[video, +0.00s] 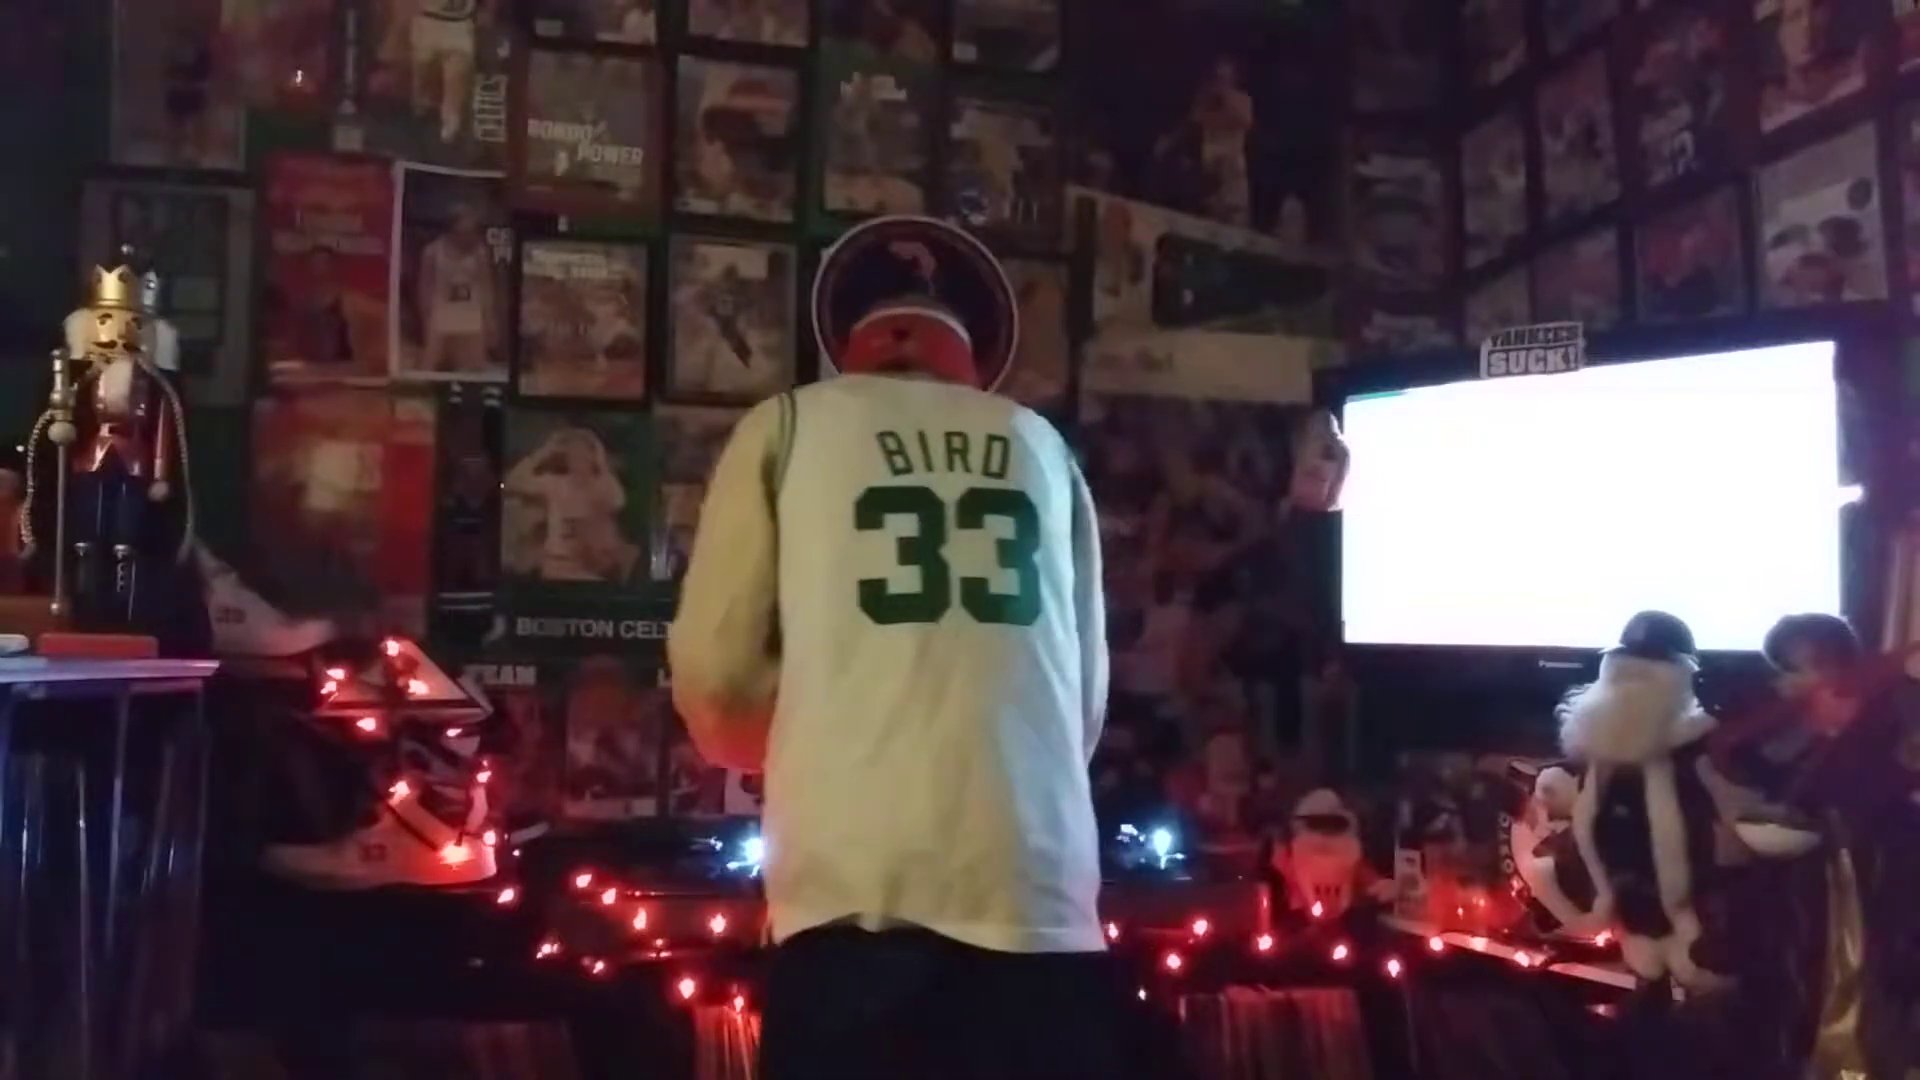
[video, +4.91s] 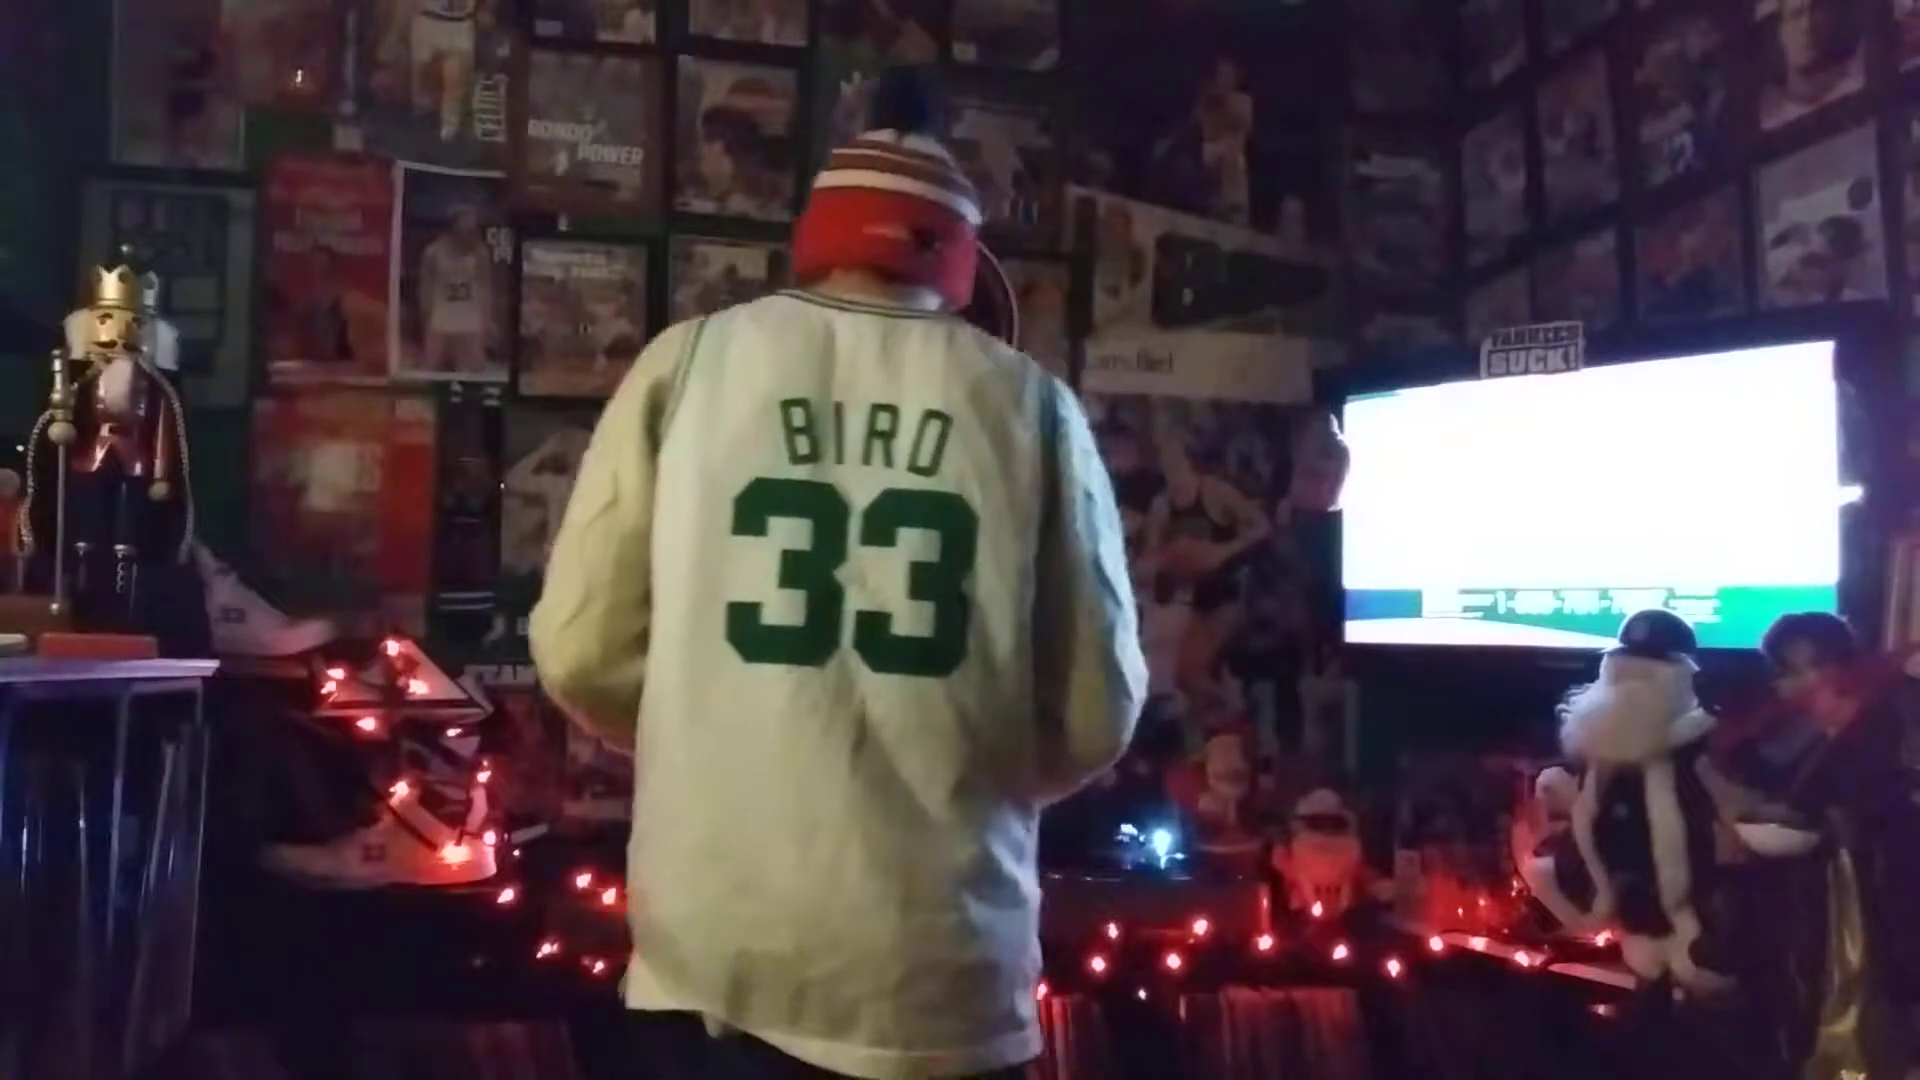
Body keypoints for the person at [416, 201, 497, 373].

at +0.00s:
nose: (467, 236)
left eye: (471, 231)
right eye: (463, 231)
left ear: (476, 231)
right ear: (453, 229)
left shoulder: (481, 252)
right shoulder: (434, 252)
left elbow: (488, 289)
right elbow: (425, 287)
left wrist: (490, 321)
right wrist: (428, 317)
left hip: (472, 323)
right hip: (441, 323)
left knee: (474, 375)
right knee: (431, 375)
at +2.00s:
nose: (466, 237)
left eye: (470, 231)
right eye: (462, 231)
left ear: (475, 231)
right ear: (452, 230)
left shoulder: (480, 253)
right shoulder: (434, 253)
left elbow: (486, 291)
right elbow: (425, 288)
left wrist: (490, 324)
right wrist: (427, 319)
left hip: (472, 330)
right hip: (440, 329)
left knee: (473, 382)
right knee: (434, 381)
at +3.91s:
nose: (467, 236)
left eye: (471, 231)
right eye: (463, 231)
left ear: (476, 231)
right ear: (453, 230)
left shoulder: (480, 253)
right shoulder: (433, 253)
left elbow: (486, 289)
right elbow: (426, 289)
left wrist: (489, 322)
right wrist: (426, 320)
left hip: (472, 326)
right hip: (440, 326)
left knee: (473, 379)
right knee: (434, 380)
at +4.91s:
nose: (468, 237)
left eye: (471, 231)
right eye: (464, 231)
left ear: (476, 230)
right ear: (454, 229)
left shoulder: (480, 253)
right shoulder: (434, 253)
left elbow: (486, 288)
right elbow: (425, 287)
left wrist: (489, 320)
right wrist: (426, 316)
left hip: (472, 325)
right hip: (440, 325)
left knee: (473, 375)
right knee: (434, 375)